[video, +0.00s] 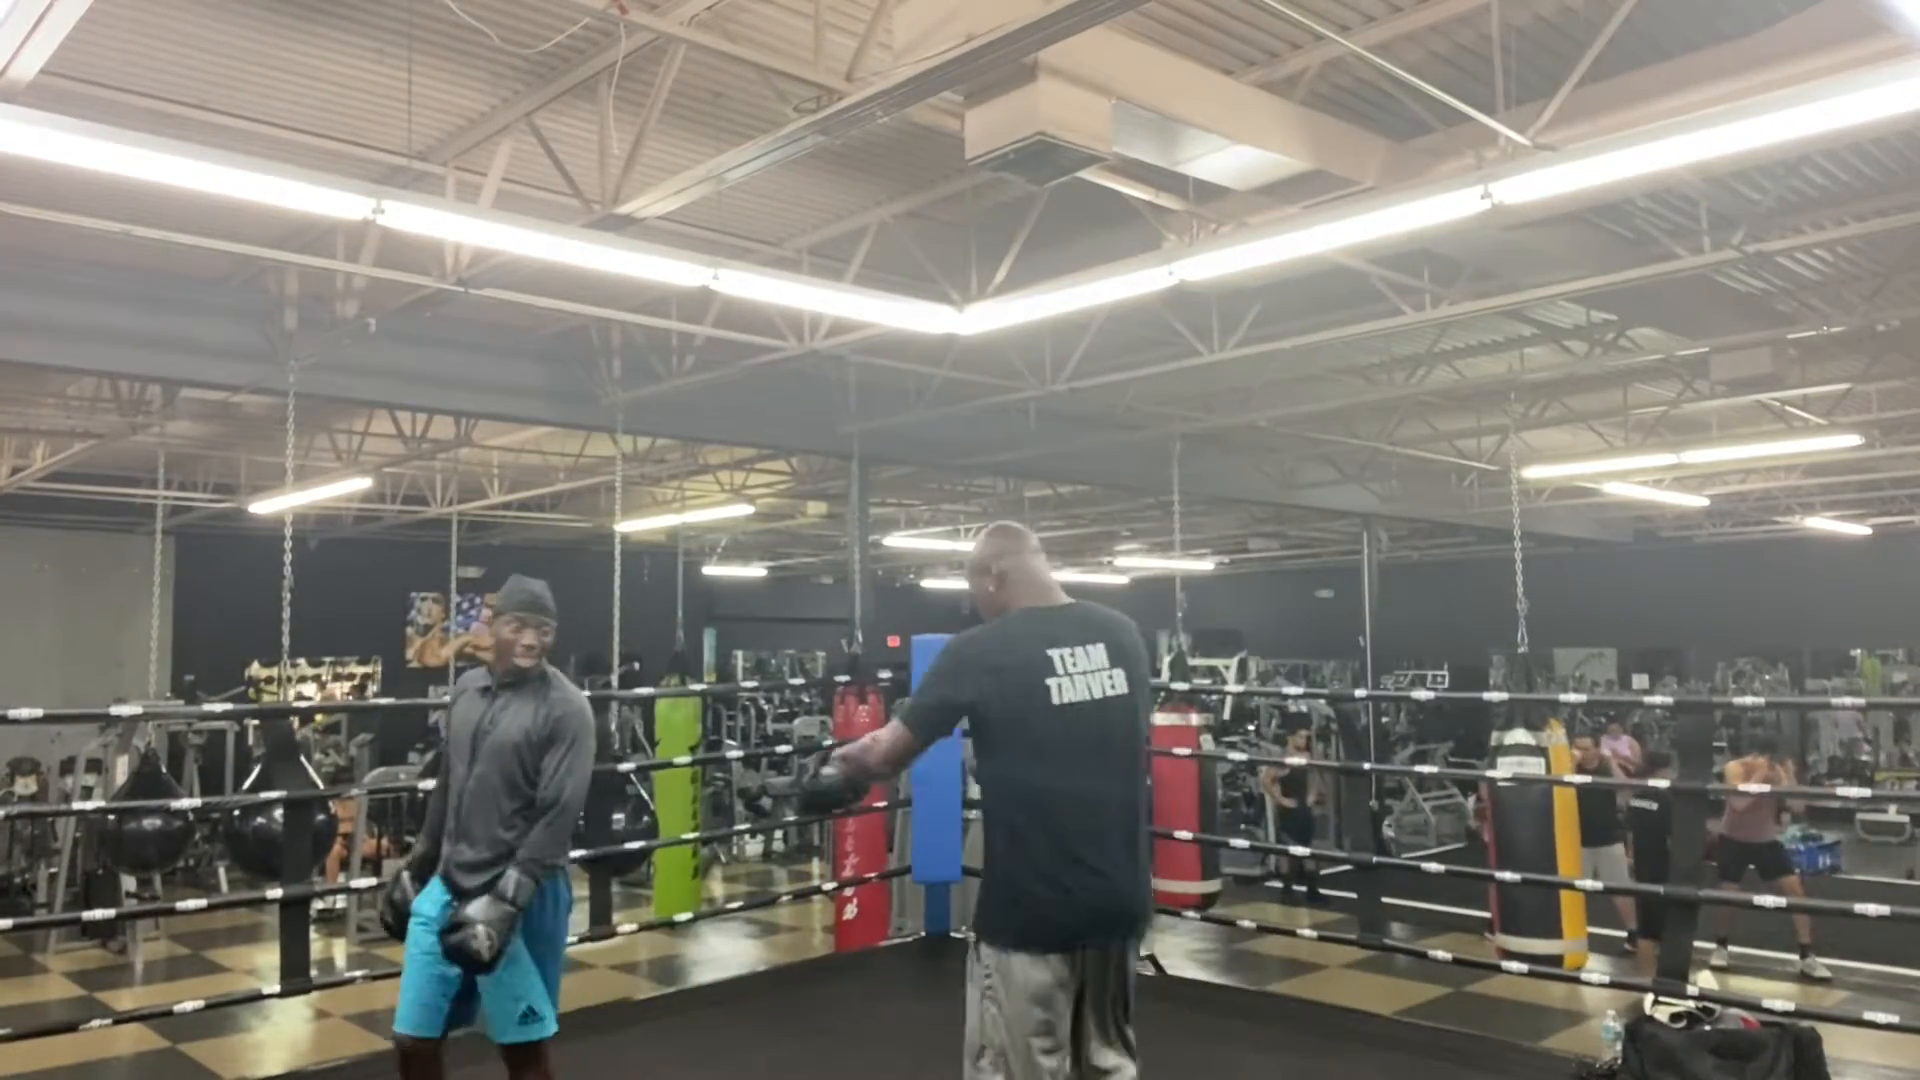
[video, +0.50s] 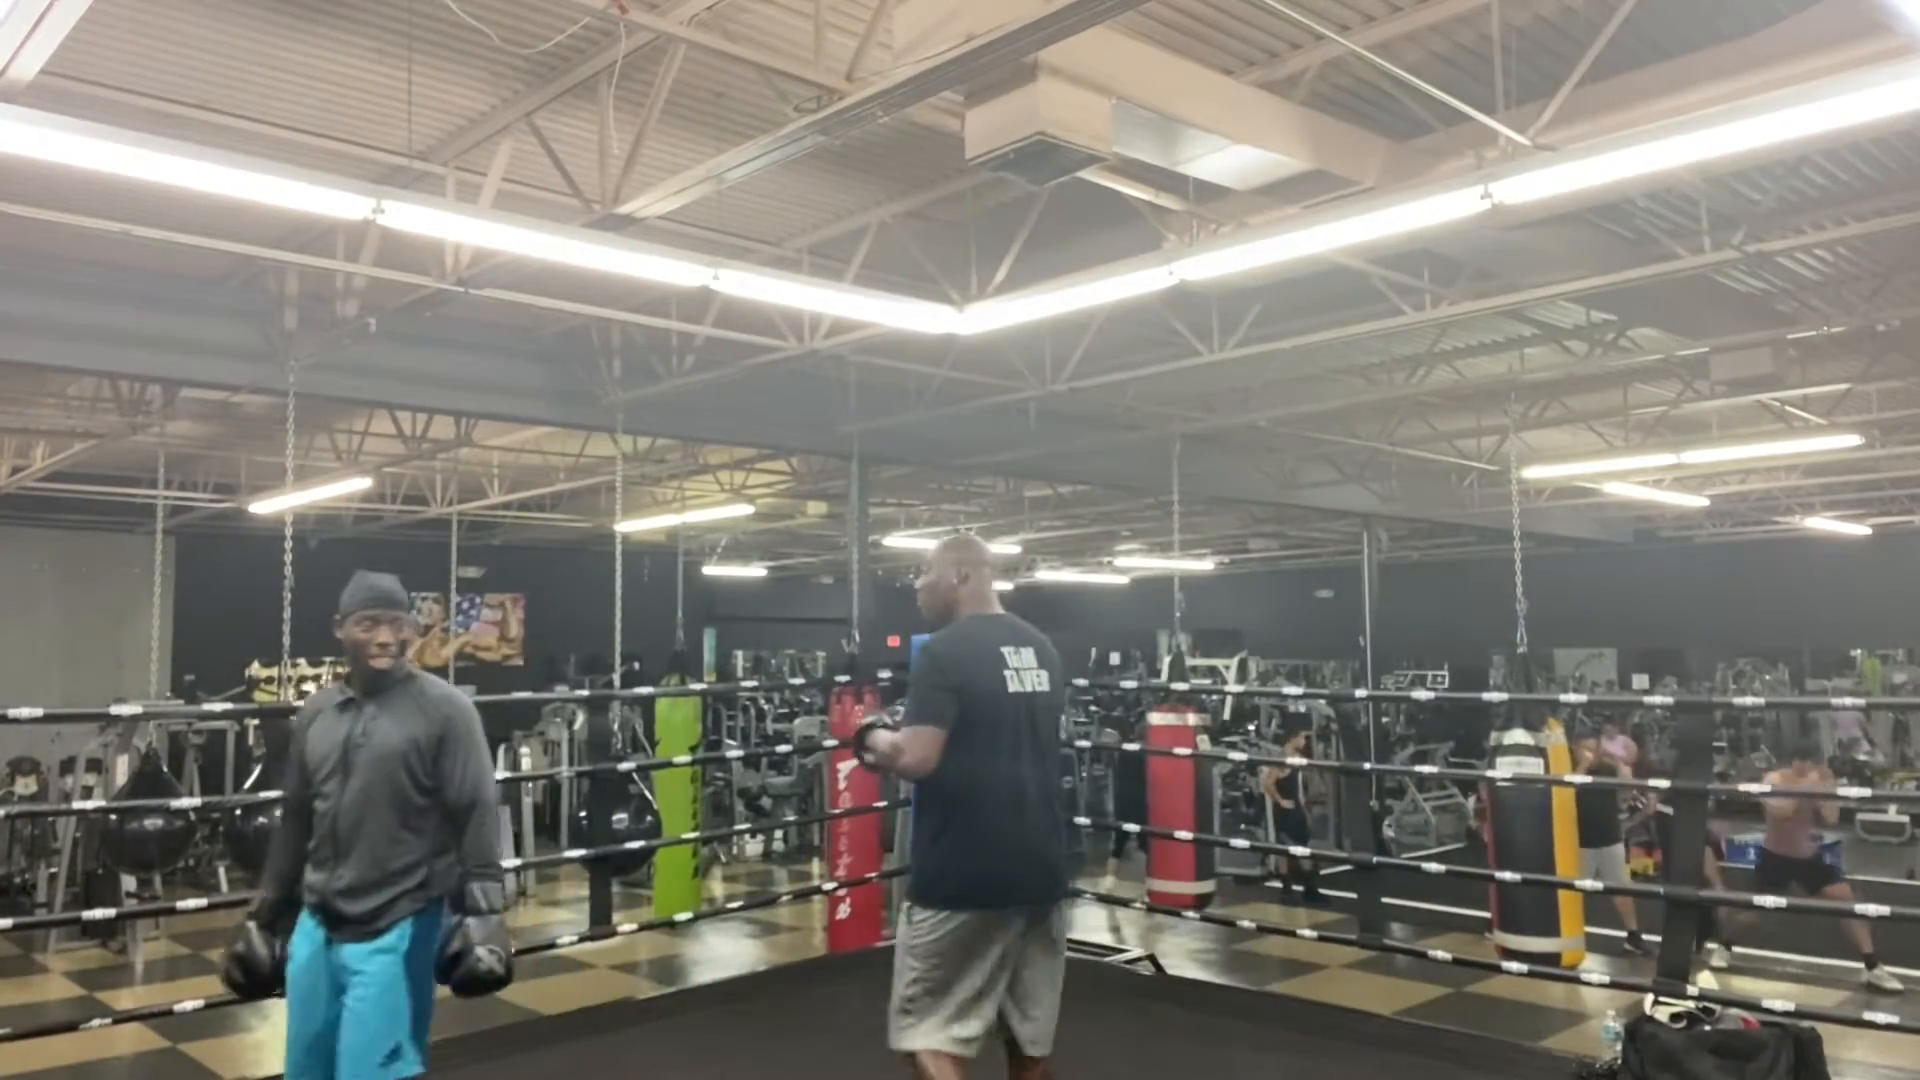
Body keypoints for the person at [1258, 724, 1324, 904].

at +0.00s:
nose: (1304, 741)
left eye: (1306, 737)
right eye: (1300, 736)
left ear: (1308, 740)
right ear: (1290, 739)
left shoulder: (1307, 759)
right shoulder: (1282, 759)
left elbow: (1316, 779)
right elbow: (1266, 780)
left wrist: (1312, 796)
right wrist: (1280, 799)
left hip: (1304, 804)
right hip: (1288, 804)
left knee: (1306, 846)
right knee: (1288, 846)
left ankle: (1311, 886)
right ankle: (1287, 886)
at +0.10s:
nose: (1304, 741)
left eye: (1306, 737)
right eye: (1300, 736)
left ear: (1307, 740)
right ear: (1290, 738)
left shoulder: (1305, 759)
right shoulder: (1282, 759)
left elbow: (1312, 780)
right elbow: (1266, 781)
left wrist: (1309, 795)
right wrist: (1280, 800)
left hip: (1303, 804)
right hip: (1287, 805)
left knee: (1305, 846)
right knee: (1288, 846)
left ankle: (1311, 886)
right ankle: (1287, 886)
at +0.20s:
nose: (1305, 741)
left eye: (1306, 737)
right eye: (1302, 737)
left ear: (1302, 740)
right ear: (1291, 739)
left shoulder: (1301, 758)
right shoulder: (1282, 759)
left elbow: (1300, 780)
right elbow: (1266, 780)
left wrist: (1305, 795)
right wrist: (1279, 800)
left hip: (1300, 804)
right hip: (1286, 806)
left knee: (1304, 845)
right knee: (1288, 846)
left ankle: (1311, 886)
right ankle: (1287, 886)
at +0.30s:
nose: (1305, 742)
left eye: (1306, 738)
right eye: (1302, 737)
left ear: (1299, 741)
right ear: (1292, 739)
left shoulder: (1299, 759)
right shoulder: (1283, 759)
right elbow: (1267, 781)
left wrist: (1302, 801)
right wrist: (1279, 800)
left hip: (1298, 805)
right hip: (1285, 807)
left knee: (1303, 843)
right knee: (1287, 845)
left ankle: (1310, 885)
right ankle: (1287, 885)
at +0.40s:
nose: (1305, 742)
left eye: (1305, 738)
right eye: (1302, 737)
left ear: (1296, 740)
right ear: (1292, 739)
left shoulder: (1298, 759)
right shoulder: (1283, 759)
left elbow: (1298, 788)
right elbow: (1267, 782)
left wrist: (1303, 806)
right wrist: (1280, 801)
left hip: (1297, 806)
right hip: (1285, 808)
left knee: (1303, 844)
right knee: (1287, 846)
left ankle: (1310, 884)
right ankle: (1287, 885)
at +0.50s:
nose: (1305, 742)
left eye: (1305, 738)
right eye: (1302, 737)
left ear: (1296, 740)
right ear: (1293, 739)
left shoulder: (1298, 759)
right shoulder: (1283, 759)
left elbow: (1298, 789)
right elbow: (1267, 782)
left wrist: (1304, 809)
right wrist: (1280, 800)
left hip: (1297, 806)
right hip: (1284, 808)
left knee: (1303, 844)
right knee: (1286, 846)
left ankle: (1309, 885)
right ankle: (1286, 885)